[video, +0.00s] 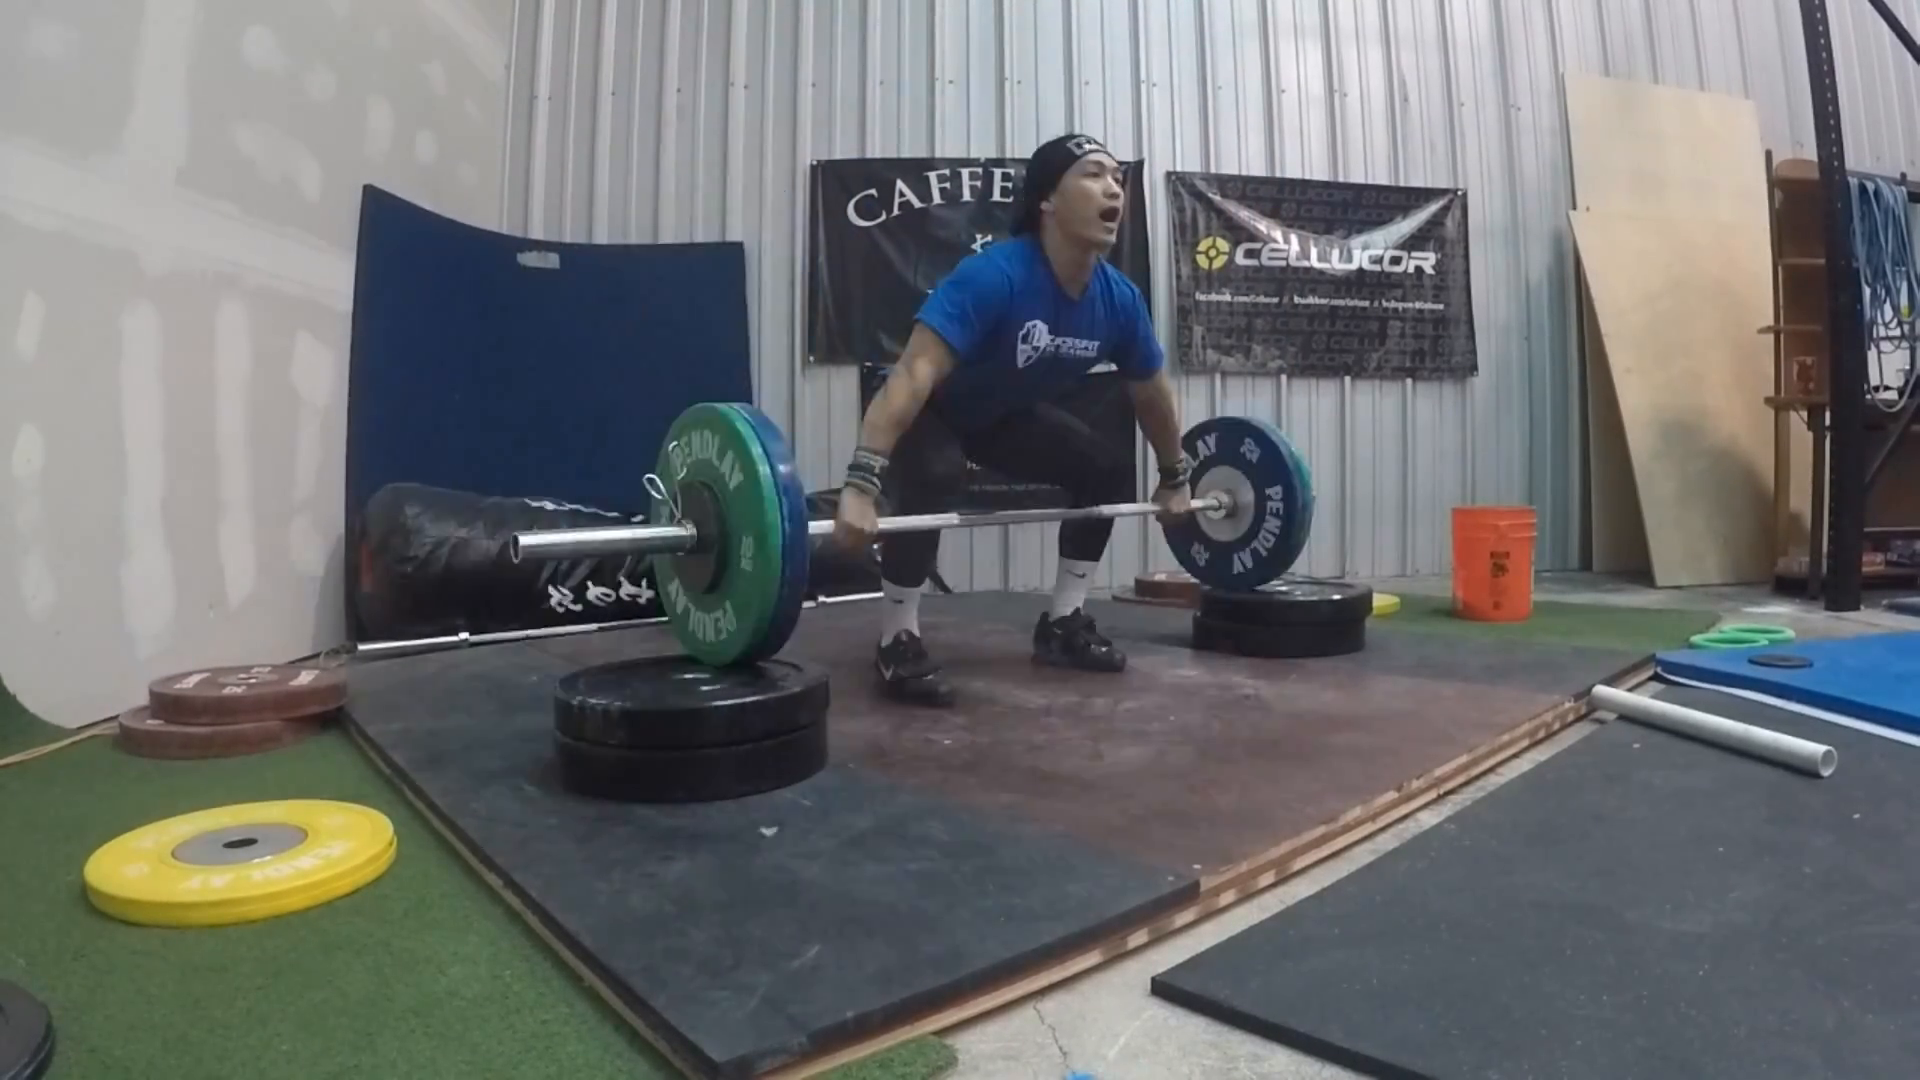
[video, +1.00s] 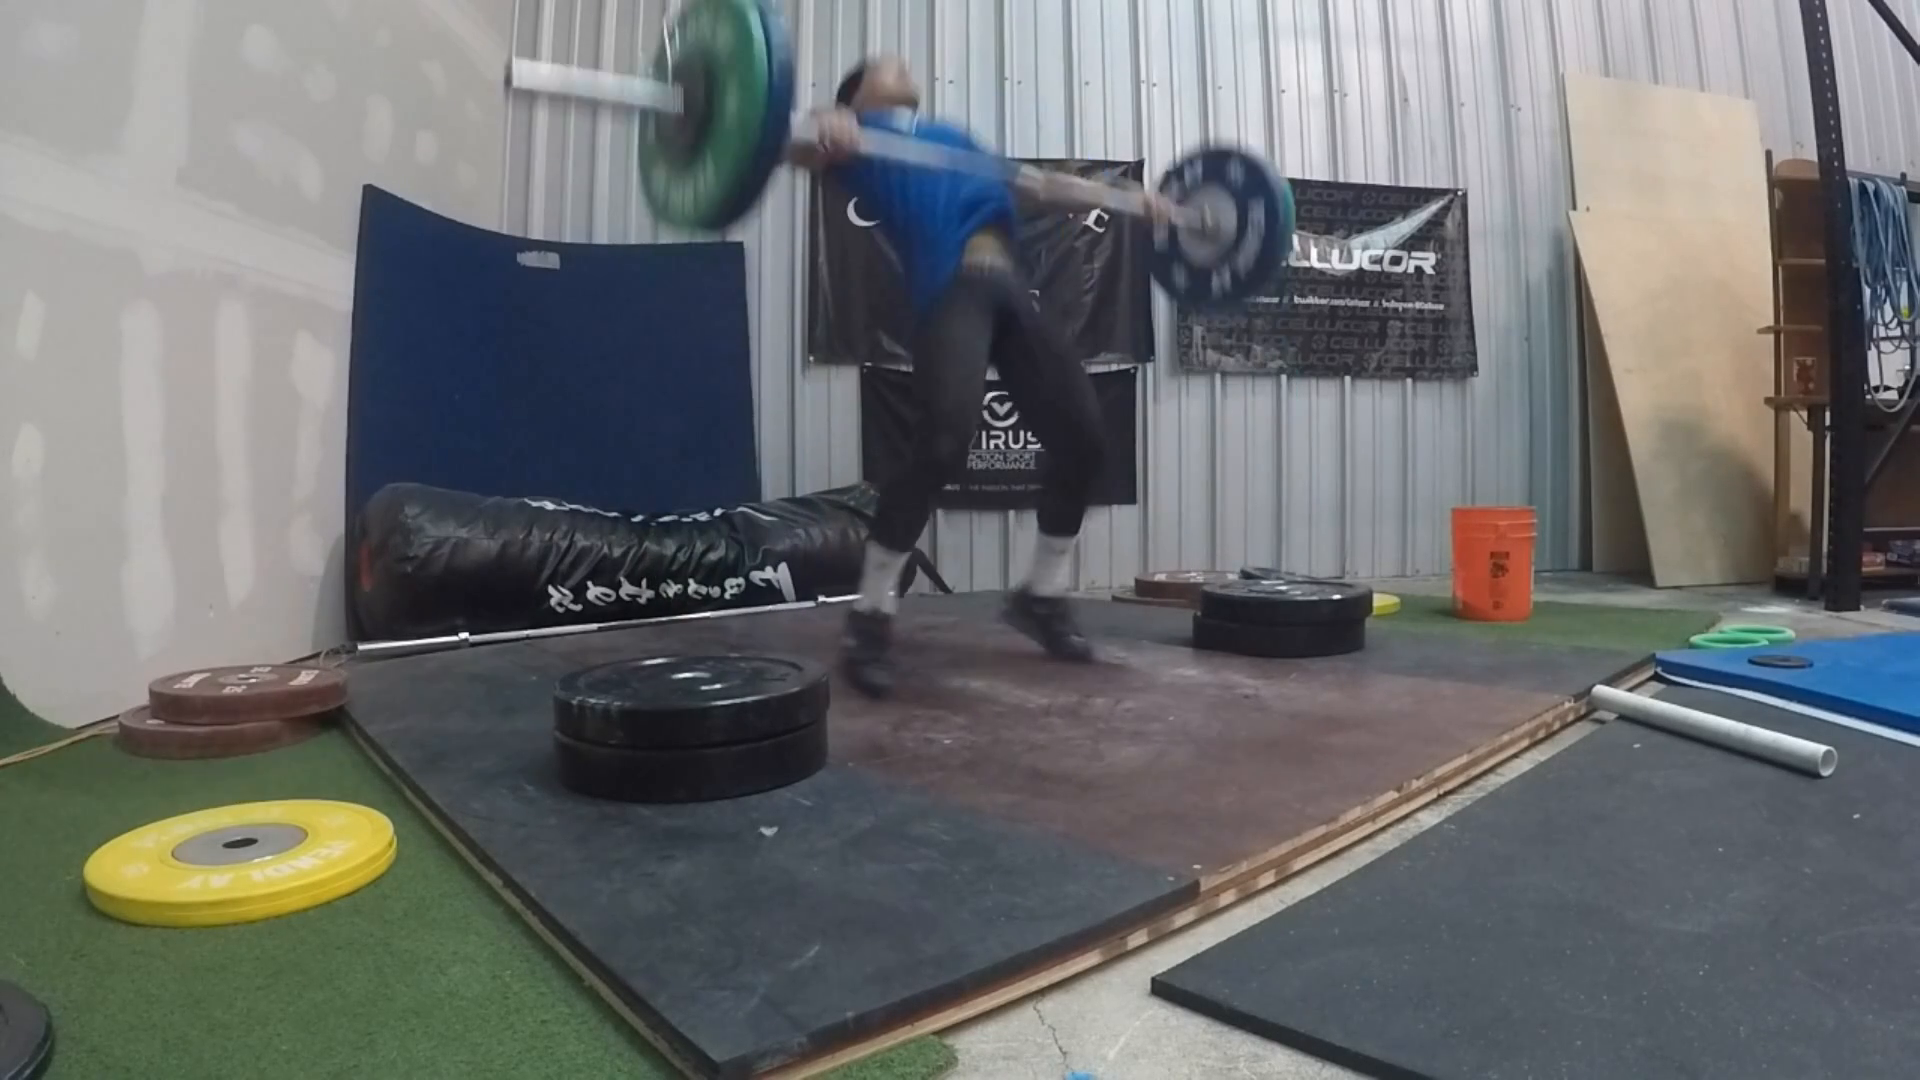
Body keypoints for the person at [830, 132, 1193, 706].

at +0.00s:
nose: (1114, 189)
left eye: (1118, 178)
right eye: (1094, 175)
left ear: (1122, 202)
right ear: (1048, 202)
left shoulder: (1121, 302)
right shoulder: (991, 276)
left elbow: (1151, 392)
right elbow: (913, 372)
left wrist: (1175, 477)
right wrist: (861, 480)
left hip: (1004, 418)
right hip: (928, 413)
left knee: (1104, 466)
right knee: (932, 474)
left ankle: (1063, 621)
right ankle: (900, 638)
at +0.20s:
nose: (1114, 187)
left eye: (1118, 177)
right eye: (1094, 174)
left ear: (1122, 201)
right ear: (1048, 201)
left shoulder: (1122, 303)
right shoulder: (992, 273)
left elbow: (1152, 394)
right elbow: (914, 371)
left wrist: (1174, 477)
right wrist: (861, 481)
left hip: (1003, 415)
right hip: (925, 412)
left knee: (1104, 464)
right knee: (931, 472)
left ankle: (1063, 621)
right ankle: (899, 639)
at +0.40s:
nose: (1113, 173)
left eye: (1116, 162)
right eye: (1093, 159)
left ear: (1120, 185)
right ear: (1046, 183)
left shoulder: (1110, 284)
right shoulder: (989, 260)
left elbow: (1138, 378)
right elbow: (914, 363)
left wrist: (1169, 468)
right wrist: (867, 473)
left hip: (1001, 402)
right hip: (924, 398)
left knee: (1101, 464)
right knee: (931, 471)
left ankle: (1064, 621)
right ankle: (901, 639)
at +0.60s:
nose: (1104, 119)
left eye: (1106, 109)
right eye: (1085, 108)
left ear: (1111, 132)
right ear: (1040, 133)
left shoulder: (1102, 231)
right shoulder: (984, 206)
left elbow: (1131, 324)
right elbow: (900, 294)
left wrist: (1162, 417)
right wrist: (860, 400)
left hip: (996, 367)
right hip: (920, 361)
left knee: (1076, 451)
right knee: (917, 459)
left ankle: (1064, 620)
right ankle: (899, 639)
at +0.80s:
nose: (1012, 19)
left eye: (1014, 15)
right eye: (993, 15)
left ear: (1022, 49)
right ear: (962, 48)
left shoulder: (1055, 134)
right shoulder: (941, 112)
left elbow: (1097, 223)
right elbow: (858, 176)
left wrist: (1143, 309)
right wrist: (841, 266)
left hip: (1037, 331)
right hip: (957, 329)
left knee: (1111, 460)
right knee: (963, 456)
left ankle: (1072, 613)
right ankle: (908, 632)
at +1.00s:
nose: (902, 72)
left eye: (904, 67)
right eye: (886, 68)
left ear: (915, 87)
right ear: (858, 92)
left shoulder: (953, 136)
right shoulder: (859, 130)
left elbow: (1038, 185)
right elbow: (797, 146)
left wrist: (1134, 200)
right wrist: (824, 127)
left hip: (1009, 292)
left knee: (1080, 441)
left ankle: (1041, 595)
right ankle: (871, 615)